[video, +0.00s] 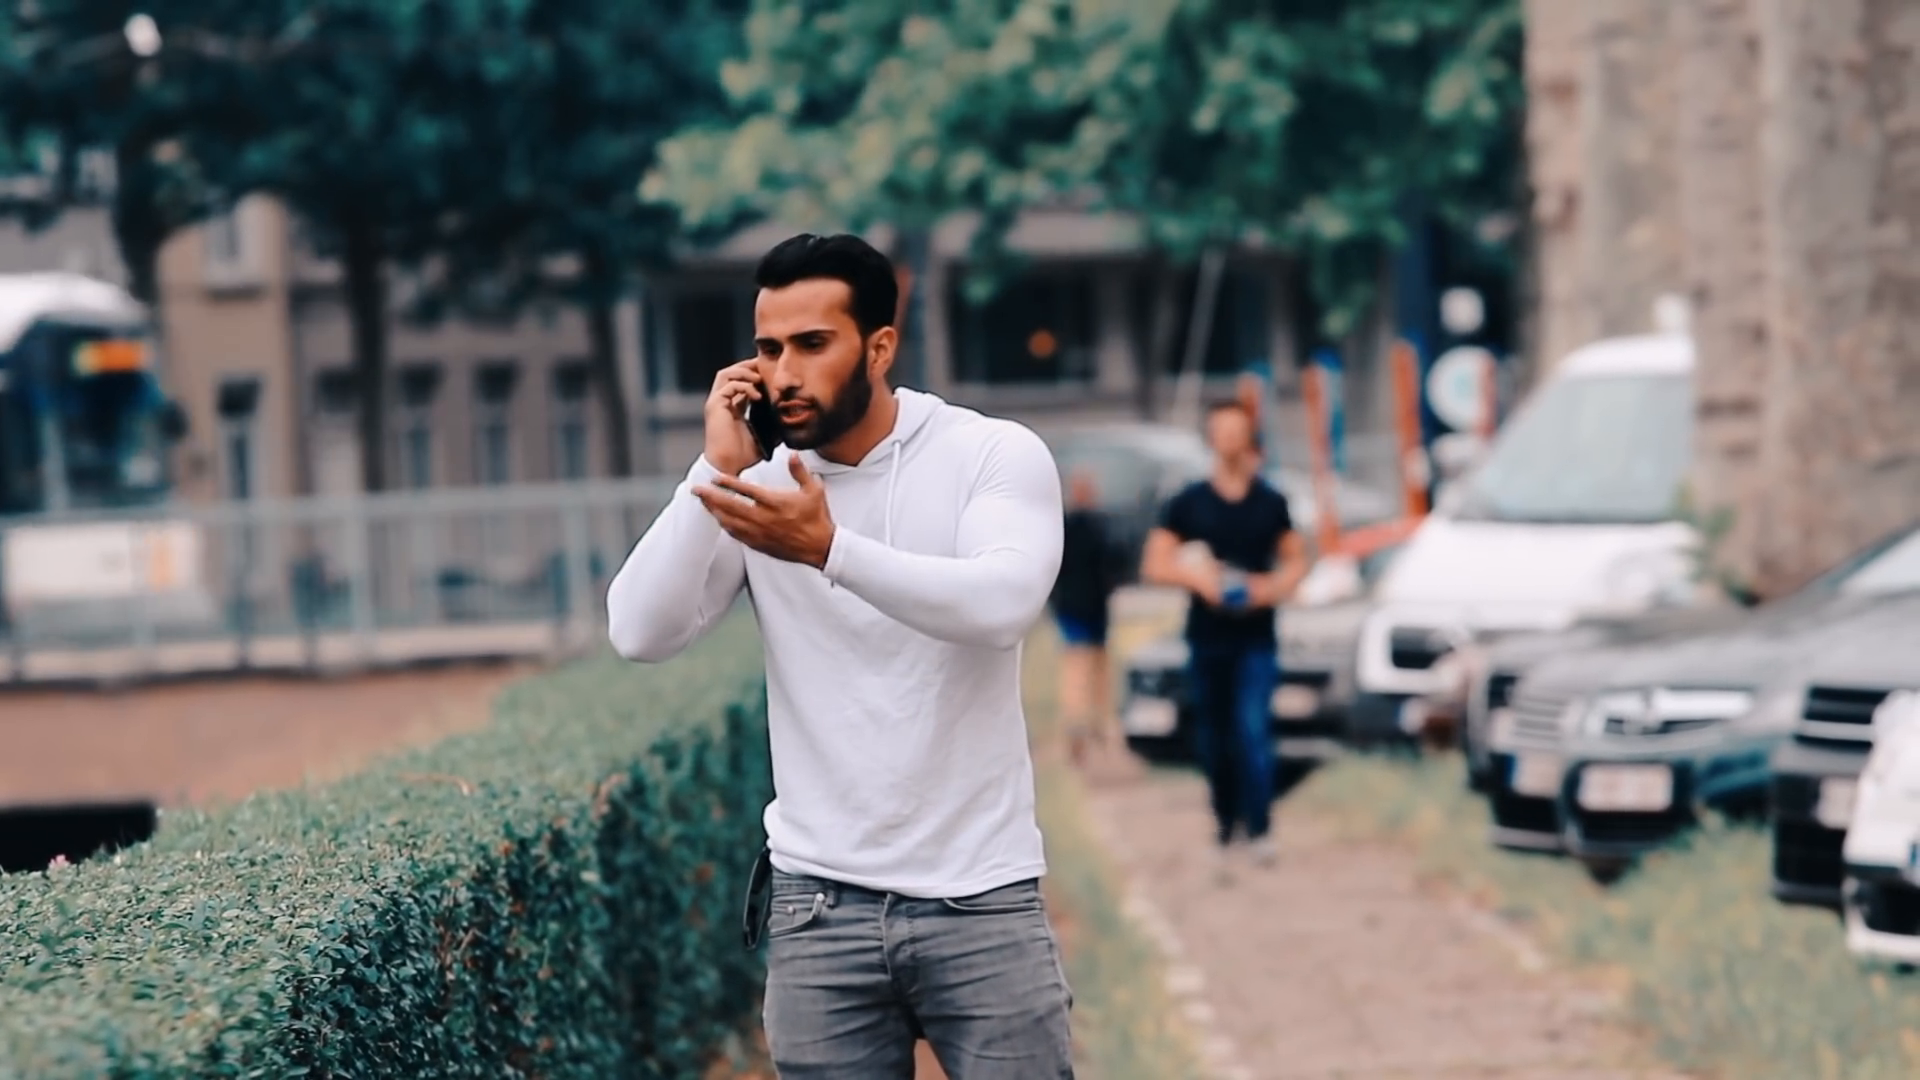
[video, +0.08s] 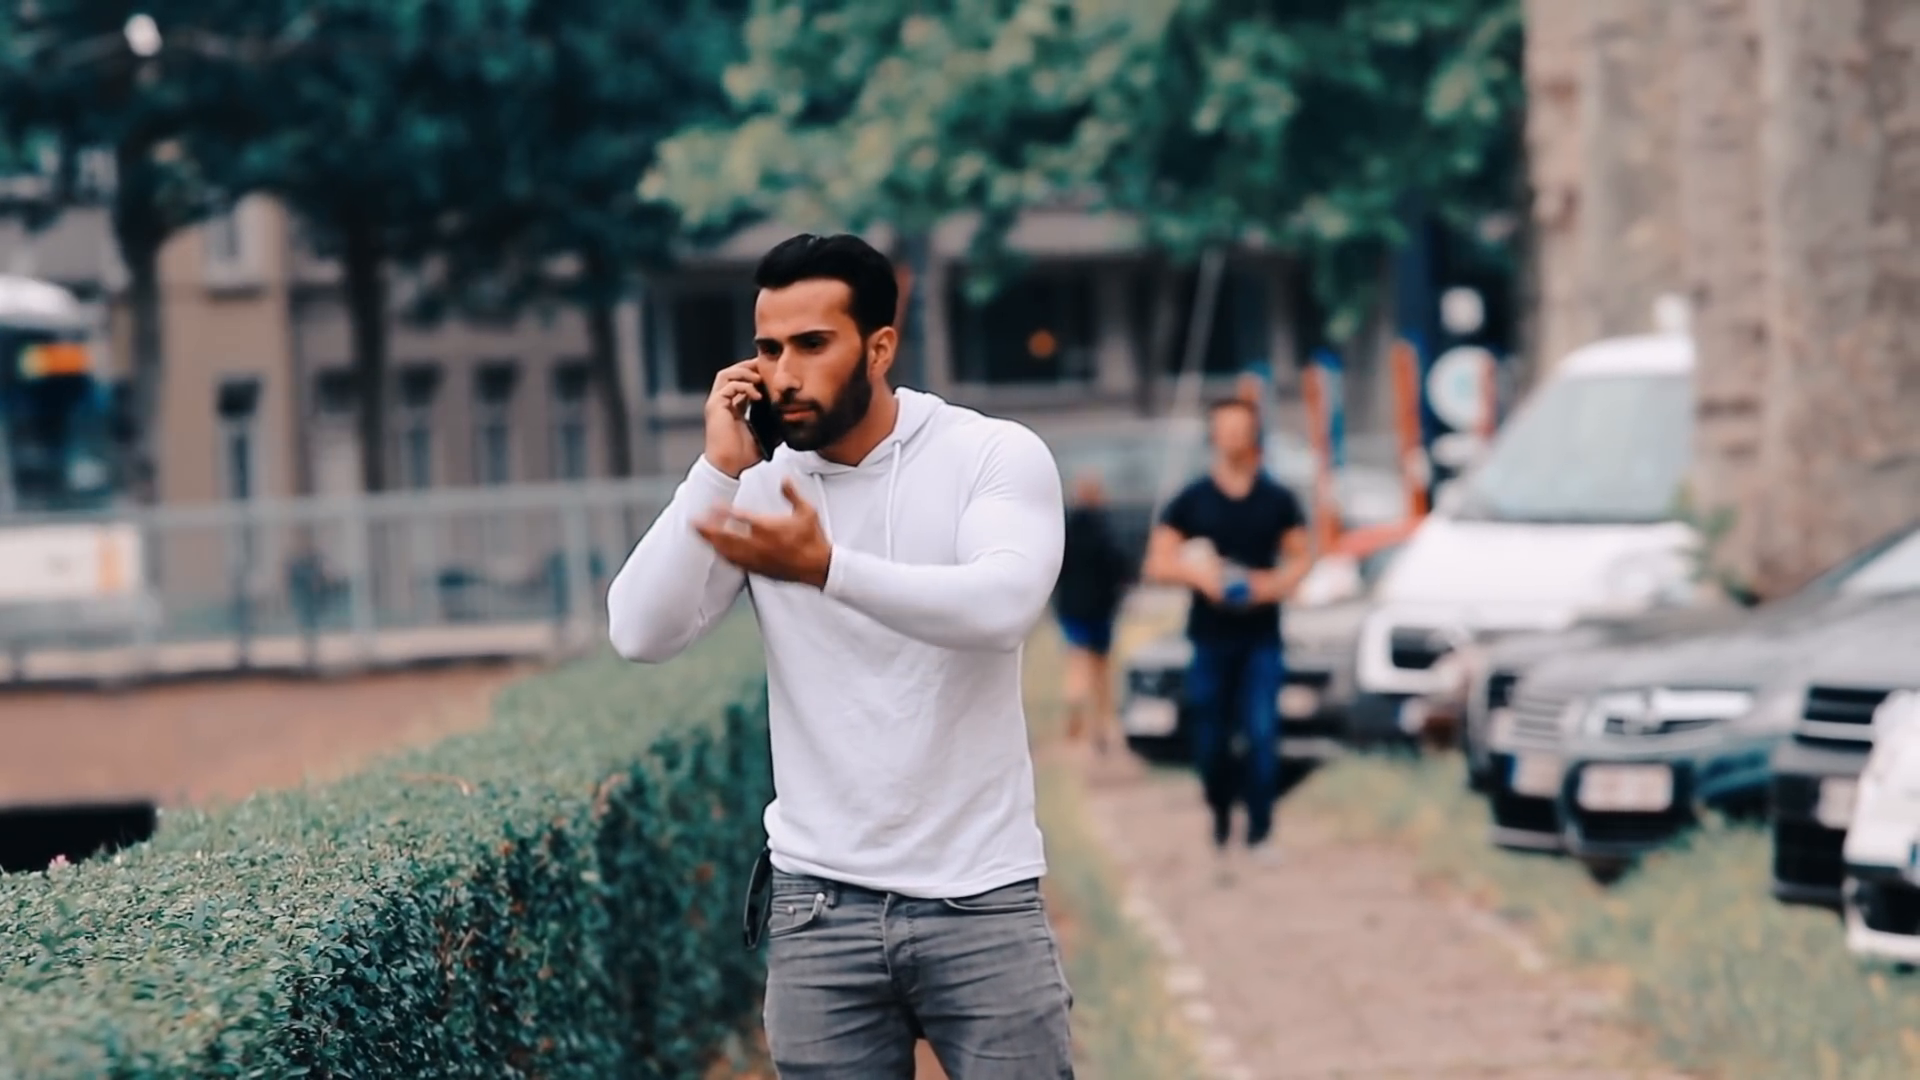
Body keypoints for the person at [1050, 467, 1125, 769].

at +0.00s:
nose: (1087, 494)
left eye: (1084, 488)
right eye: (1086, 488)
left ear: (1069, 494)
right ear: (1091, 493)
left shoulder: (1060, 523)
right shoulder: (1098, 524)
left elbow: (1051, 565)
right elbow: (1113, 561)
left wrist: (1054, 598)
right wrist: (1110, 583)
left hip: (1065, 600)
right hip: (1093, 600)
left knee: (1076, 663)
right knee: (1097, 663)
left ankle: (1075, 725)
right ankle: (1098, 724)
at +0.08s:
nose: (1091, 497)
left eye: (1088, 490)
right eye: (1093, 491)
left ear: (1074, 494)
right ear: (1100, 496)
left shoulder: (1064, 526)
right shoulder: (1104, 527)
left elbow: (1055, 563)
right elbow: (1119, 564)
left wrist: (1058, 596)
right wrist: (1120, 582)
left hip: (1069, 603)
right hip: (1099, 604)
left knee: (1078, 658)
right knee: (1100, 665)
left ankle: (1074, 710)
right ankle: (1101, 728)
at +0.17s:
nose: (1097, 502)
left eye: (1092, 496)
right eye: (1097, 496)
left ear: (1074, 502)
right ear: (1099, 502)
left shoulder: (1066, 536)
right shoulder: (1106, 536)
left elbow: (1057, 578)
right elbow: (1127, 567)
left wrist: (1067, 591)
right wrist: (1125, 582)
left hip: (1074, 614)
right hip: (1102, 613)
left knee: (1082, 681)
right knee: (1103, 682)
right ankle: (1103, 737)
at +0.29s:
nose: (1092, 495)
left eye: (1091, 490)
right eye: (1093, 489)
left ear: (1082, 495)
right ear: (1104, 493)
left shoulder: (1073, 529)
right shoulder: (1116, 525)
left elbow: (1064, 564)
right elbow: (1138, 547)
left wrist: (1070, 587)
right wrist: (1124, 573)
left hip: (1082, 601)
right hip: (1108, 599)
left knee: (1091, 656)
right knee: (1109, 658)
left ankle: (1095, 714)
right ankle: (1107, 718)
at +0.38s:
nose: (1090, 493)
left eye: (1087, 488)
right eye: (1094, 486)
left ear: (1085, 491)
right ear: (1106, 488)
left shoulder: (1078, 524)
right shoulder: (1119, 519)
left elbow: (1066, 554)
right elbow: (1144, 541)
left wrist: (1072, 570)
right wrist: (1127, 562)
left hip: (1086, 592)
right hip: (1114, 590)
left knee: (1097, 647)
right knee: (1112, 645)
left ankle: (1102, 703)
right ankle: (1112, 699)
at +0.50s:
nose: (1100, 497)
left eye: (1098, 493)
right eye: (1101, 493)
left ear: (1092, 498)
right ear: (1114, 496)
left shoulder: (1086, 533)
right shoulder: (1128, 530)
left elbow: (1073, 566)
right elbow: (1147, 554)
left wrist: (1089, 583)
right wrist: (1132, 580)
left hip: (1098, 600)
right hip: (1124, 599)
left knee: (1108, 661)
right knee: (1120, 659)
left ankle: (1114, 715)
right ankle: (1123, 709)